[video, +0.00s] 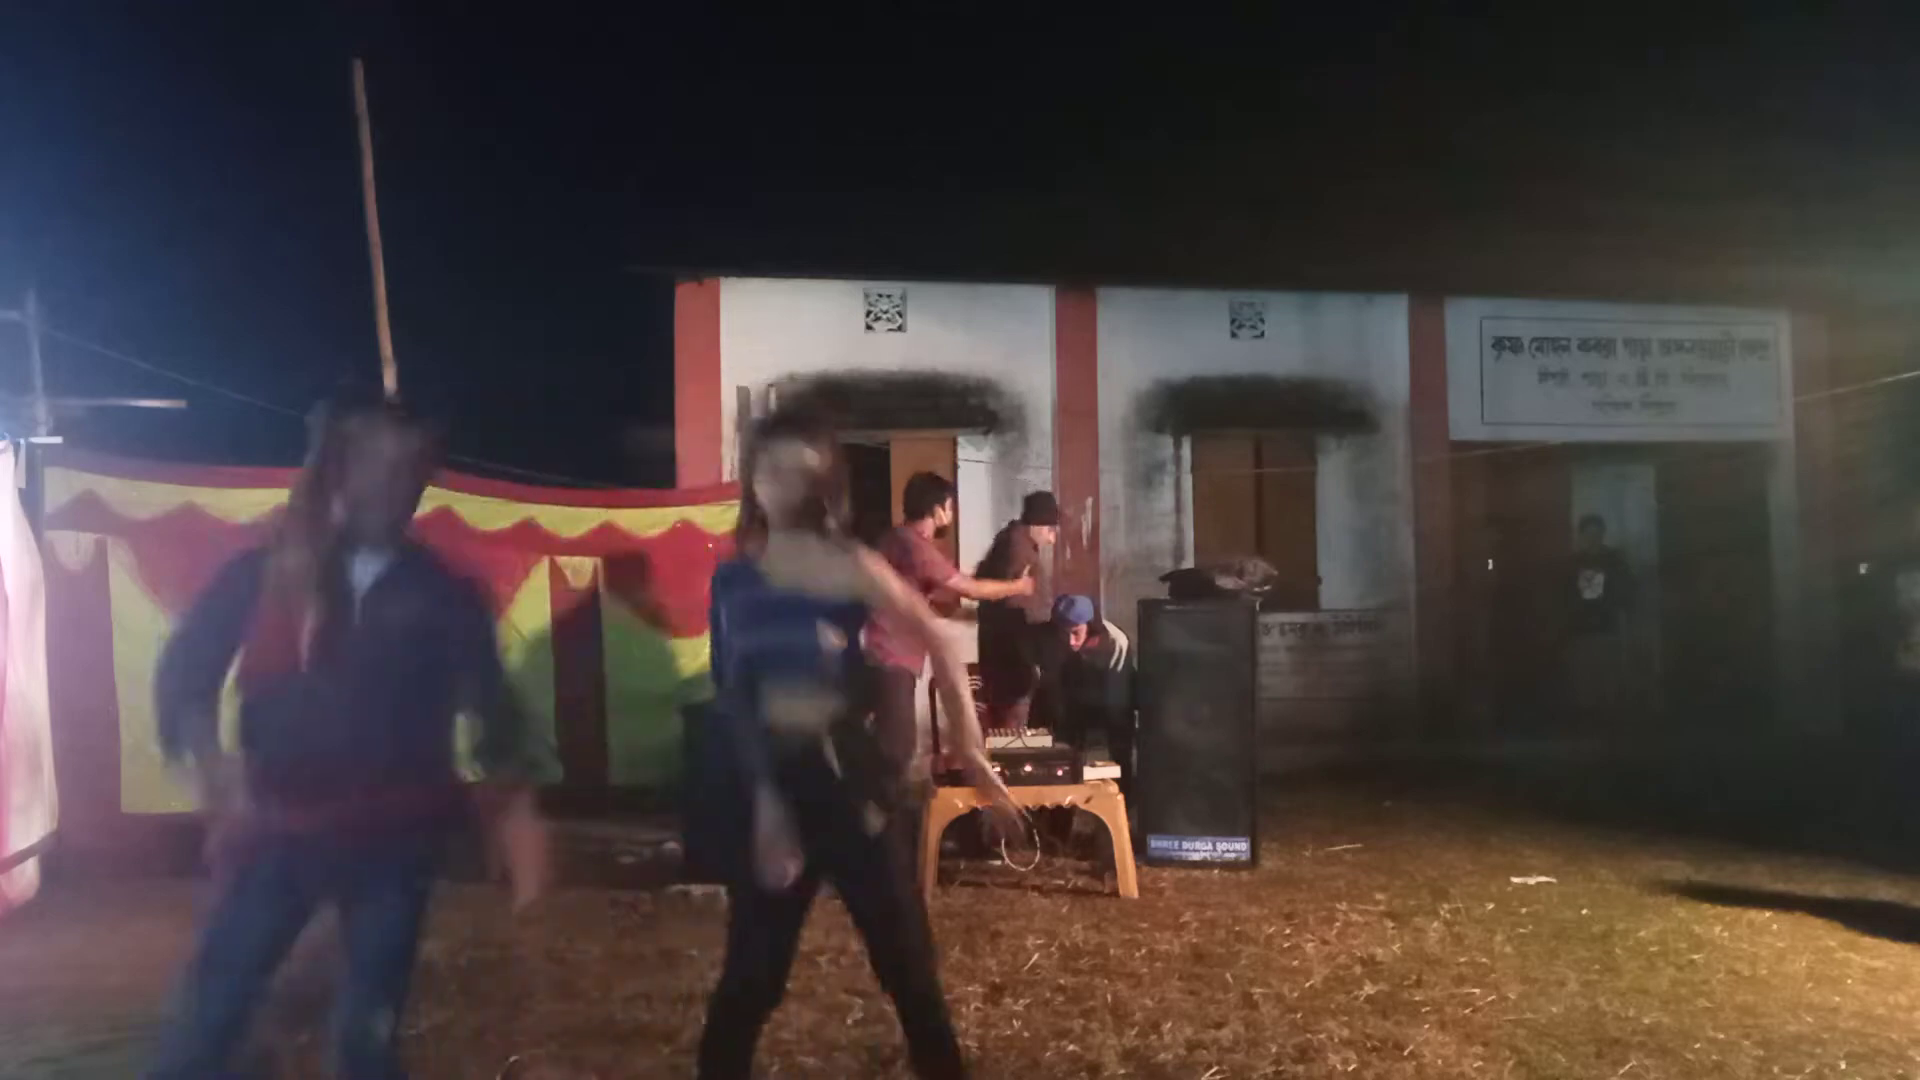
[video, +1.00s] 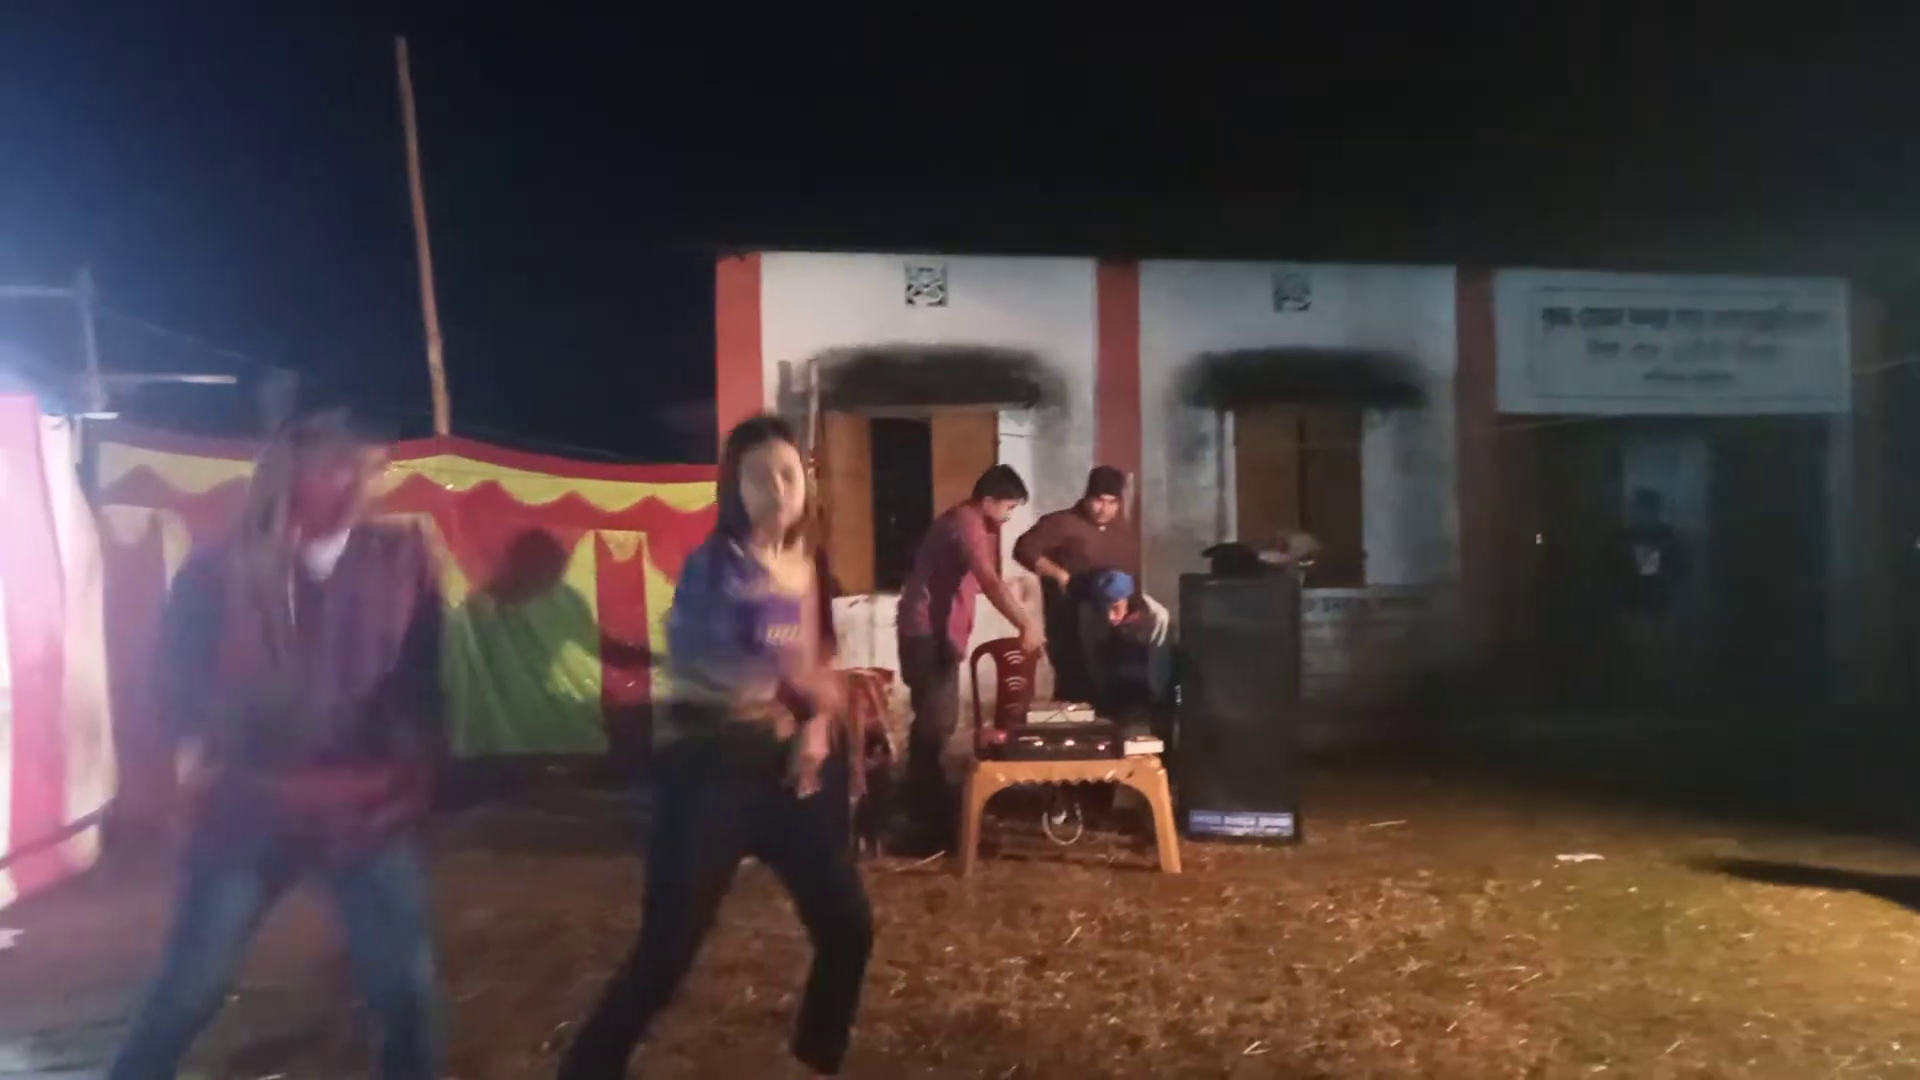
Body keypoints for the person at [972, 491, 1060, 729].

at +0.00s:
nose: (1053, 537)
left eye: (1054, 529)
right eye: (1050, 529)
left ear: (1035, 524)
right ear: (1037, 526)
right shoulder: (1019, 552)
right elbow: (1012, 628)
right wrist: (1029, 665)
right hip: (1013, 675)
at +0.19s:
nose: (1063, 542)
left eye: (1068, 535)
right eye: (1059, 533)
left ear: (1073, 533)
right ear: (1044, 527)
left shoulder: (1068, 552)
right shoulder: (1015, 553)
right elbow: (995, 598)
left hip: (1057, 640)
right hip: (1019, 641)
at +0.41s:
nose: (1057, 536)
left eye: (1065, 531)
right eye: (1052, 527)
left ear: (1072, 531)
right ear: (1040, 521)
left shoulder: (1077, 554)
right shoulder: (1011, 550)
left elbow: (1087, 598)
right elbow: (981, 588)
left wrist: (1095, 630)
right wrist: (996, 632)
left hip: (1065, 643)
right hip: (1017, 644)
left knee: (1118, 644)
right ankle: (1017, 712)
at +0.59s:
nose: (1059, 532)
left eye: (1067, 527)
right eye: (1055, 524)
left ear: (1075, 528)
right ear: (1044, 519)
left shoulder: (1083, 553)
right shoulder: (1016, 548)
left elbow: (1096, 592)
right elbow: (985, 582)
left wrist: (1096, 625)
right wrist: (1003, 614)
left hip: (1074, 639)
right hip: (1028, 641)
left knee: (1124, 641)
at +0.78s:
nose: (1068, 524)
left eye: (1076, 518)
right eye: (1063, 516)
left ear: (1084, 519)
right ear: (1052, 513)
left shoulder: (1095, 547)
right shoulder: (1025, 541)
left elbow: (1107, 590)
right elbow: (995, 576)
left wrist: (1111, 620)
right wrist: (1024, 602)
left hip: (1089, 629)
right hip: (1040, 630)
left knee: (1132, 637)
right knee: (1061, 628)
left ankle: (1133, 723)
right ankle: (1075, 717)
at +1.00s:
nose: (1103, 508)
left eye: (1110, 502)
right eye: (1098, 500)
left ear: (1119, 503)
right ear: (1087, 498)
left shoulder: (1127, 532)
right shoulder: (1062, 523)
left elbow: (1135, 575)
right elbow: (1023, 549)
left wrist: (1133, 603)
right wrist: (1059, 574)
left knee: (1160, 616)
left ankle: (1155, 693)